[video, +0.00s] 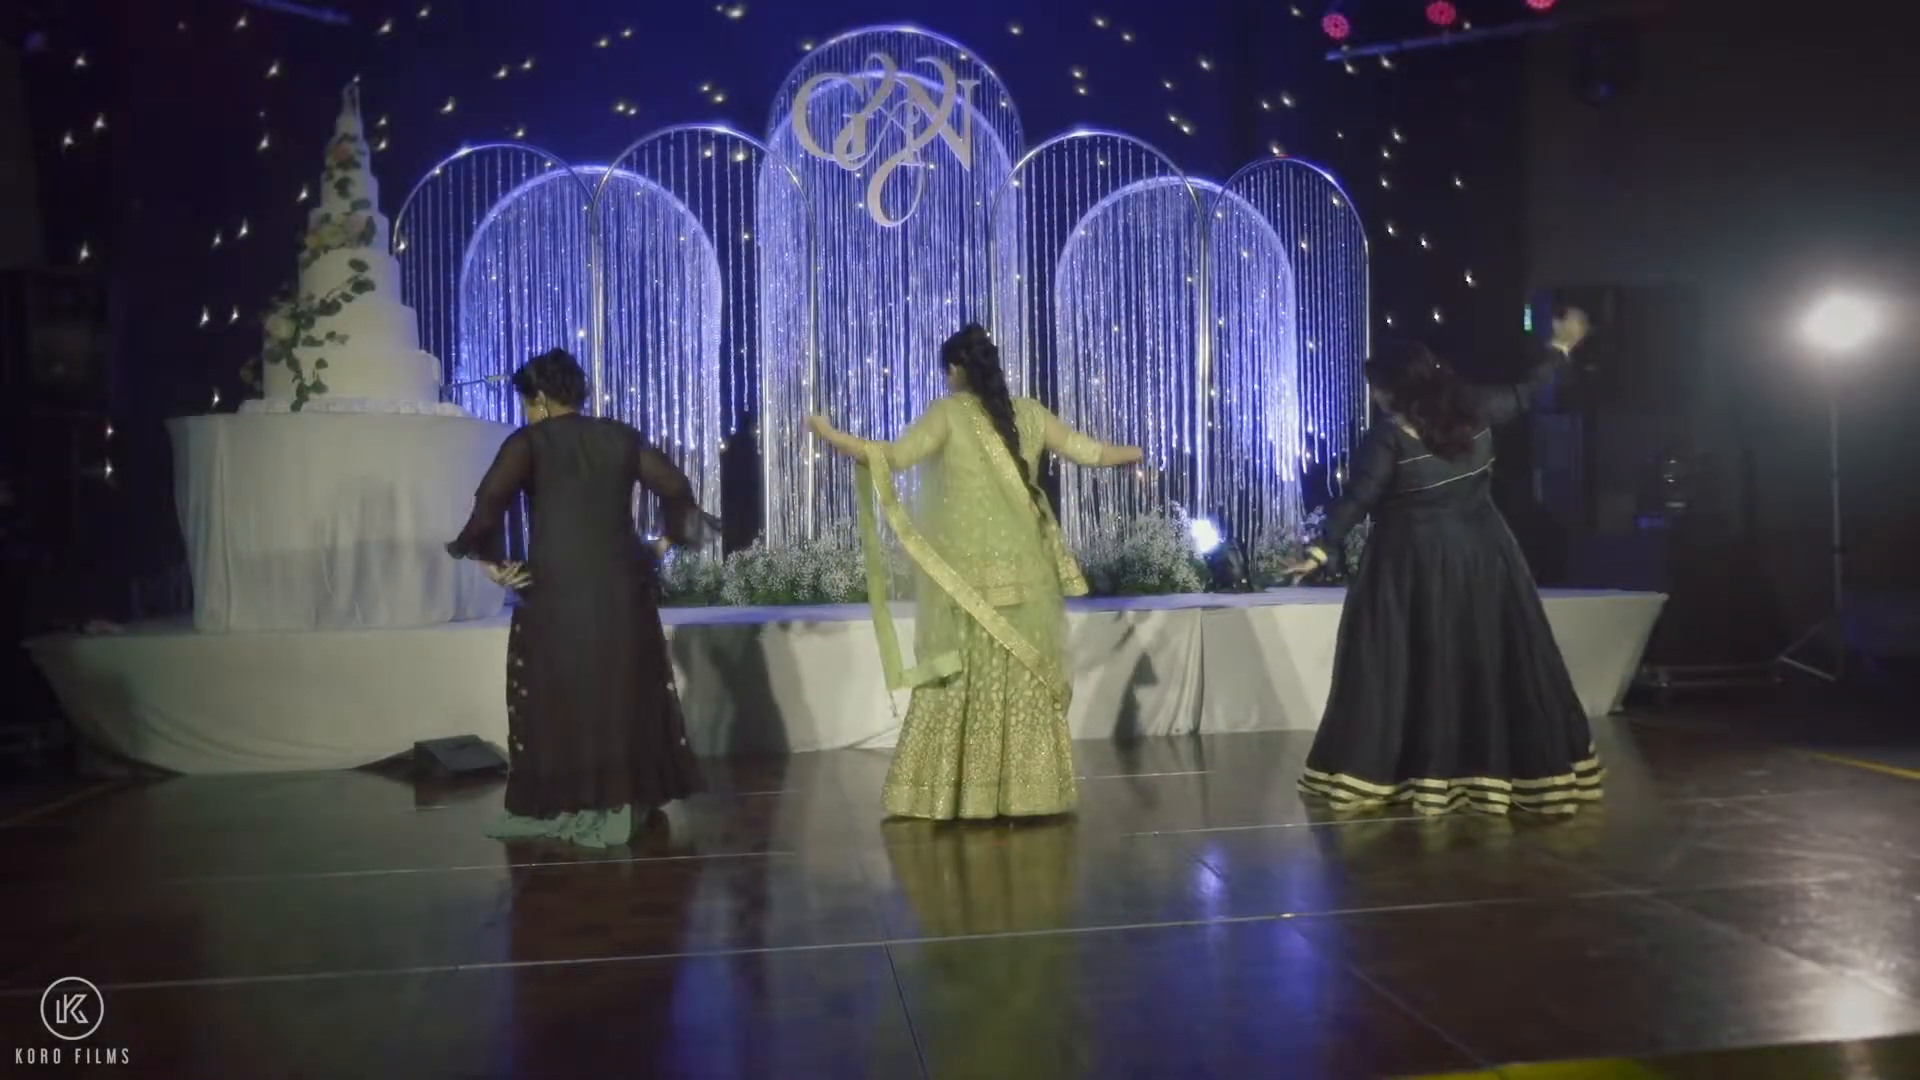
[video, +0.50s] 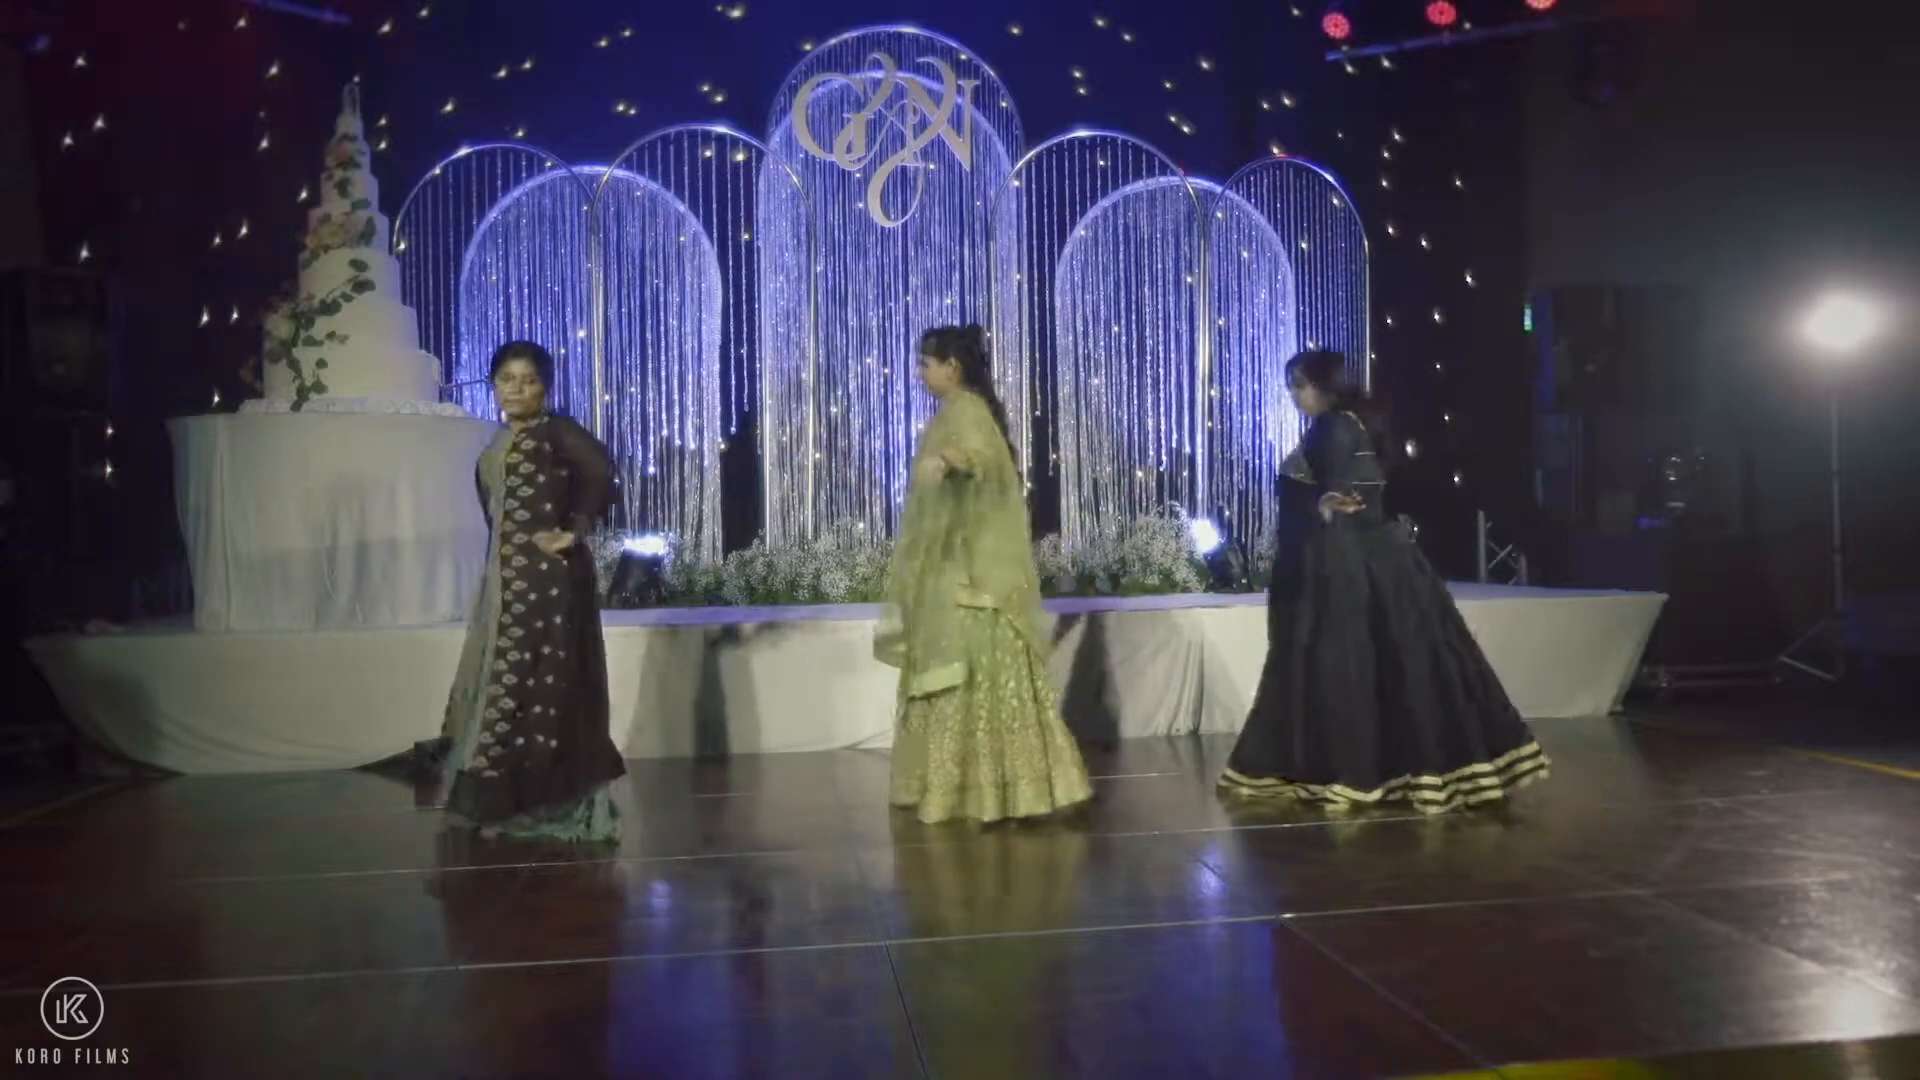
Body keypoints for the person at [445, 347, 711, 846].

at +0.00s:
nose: (525, 413)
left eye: (525, 403)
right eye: (525, 403)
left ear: (539, 399)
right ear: (577, 396)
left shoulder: (529, 441)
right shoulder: (621, 437)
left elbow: (490, 500)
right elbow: (677, 488)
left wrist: (489, 559)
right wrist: (671, 537)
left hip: (558, 593)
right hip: (622, 591)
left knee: (559, 697)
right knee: (622, 695)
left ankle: (569, 810)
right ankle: (629, 808)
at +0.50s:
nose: (516, 388)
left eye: (527, 379)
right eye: (507, 379)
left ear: (544, 387)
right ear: (495, 387)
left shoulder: (558, 432)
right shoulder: (494, 452)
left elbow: (600, 476)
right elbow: (500, 514)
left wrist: (576, 531)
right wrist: (504, 548)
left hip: (549, 577)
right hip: (507, 579)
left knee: (549, 683)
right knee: (498, 679)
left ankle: (549, 799)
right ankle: (493, 795)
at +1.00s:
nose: (555, 388)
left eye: (561, 379)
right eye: (544, 378)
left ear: (567, 385)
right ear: (518, 383)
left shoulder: (591, 433)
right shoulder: (487, 437)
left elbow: (659, 474)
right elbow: (429, 484)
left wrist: (629, 531)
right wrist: (470, 536)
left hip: (579, 581)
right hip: (518, 582)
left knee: (575, 692)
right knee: (506, 690)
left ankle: (567, 814)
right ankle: (501, 810)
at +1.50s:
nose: (622, 381)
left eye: (630, 373)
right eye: (610, 372)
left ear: (637, 378)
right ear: (585, 377)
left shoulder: (649, 438)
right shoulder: (553, 427)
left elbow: (699, 491)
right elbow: (482, 466)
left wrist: (672, 545)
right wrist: (526, 535)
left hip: (629, 592)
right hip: (565, 591)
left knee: (648, 693)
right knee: (563, 705)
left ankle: (611, 820)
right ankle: (547, 834)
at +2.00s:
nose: (747, 370)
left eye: (754, 361)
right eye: (735, 360)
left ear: (761, 369)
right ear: (708, 368)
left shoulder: (775, 430)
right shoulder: (684, 420)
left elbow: (813, 492)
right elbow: (636, 470)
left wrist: (790, 536)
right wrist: (686, 527)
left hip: (766, 579)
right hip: (709, 579)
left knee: (767, 692)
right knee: (713, 694)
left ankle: (765, 812)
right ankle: (710, 818)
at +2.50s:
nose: (880, 367)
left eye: (887, 358)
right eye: (868, 357)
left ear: (894, 366)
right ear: (841, 365)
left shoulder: (907, 433)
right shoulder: (818, 426)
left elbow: (957, 478)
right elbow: (813, 501)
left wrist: (1027, 505)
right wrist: (827, 501)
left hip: (898, 582)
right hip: (842, 582)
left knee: (912, 701)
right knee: (855, 706)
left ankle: (921, 834)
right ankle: (859, 840)